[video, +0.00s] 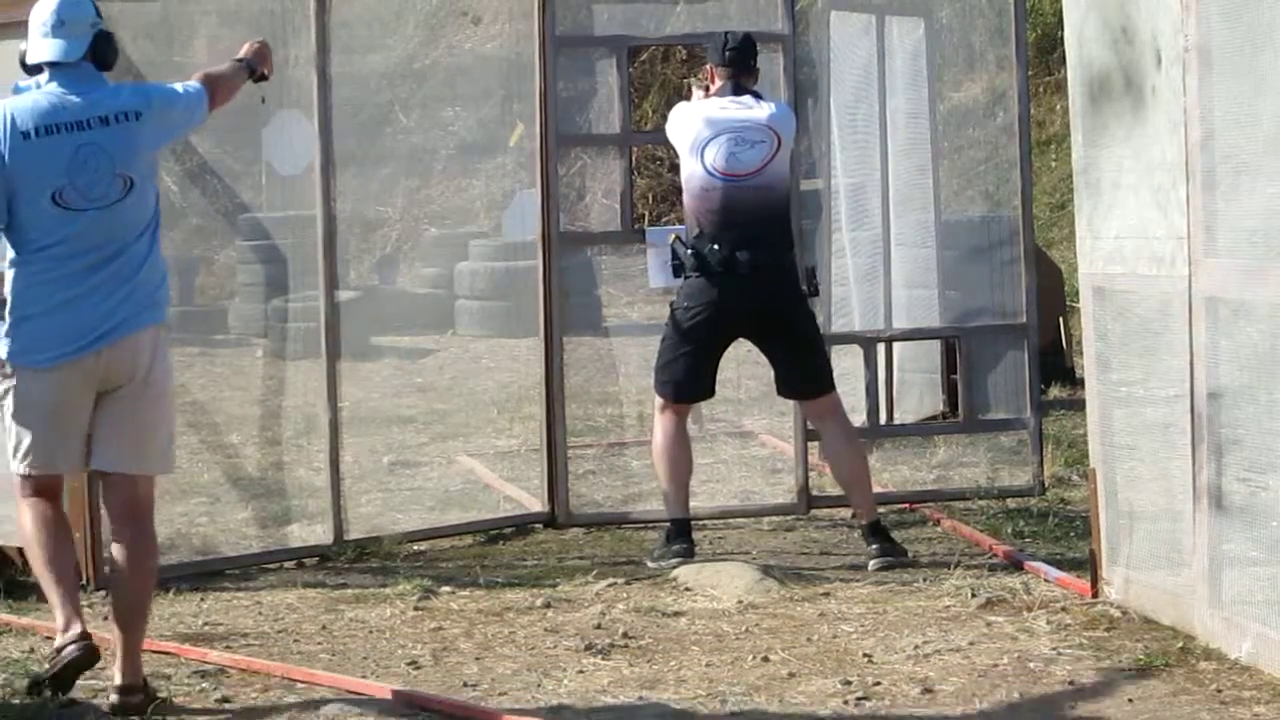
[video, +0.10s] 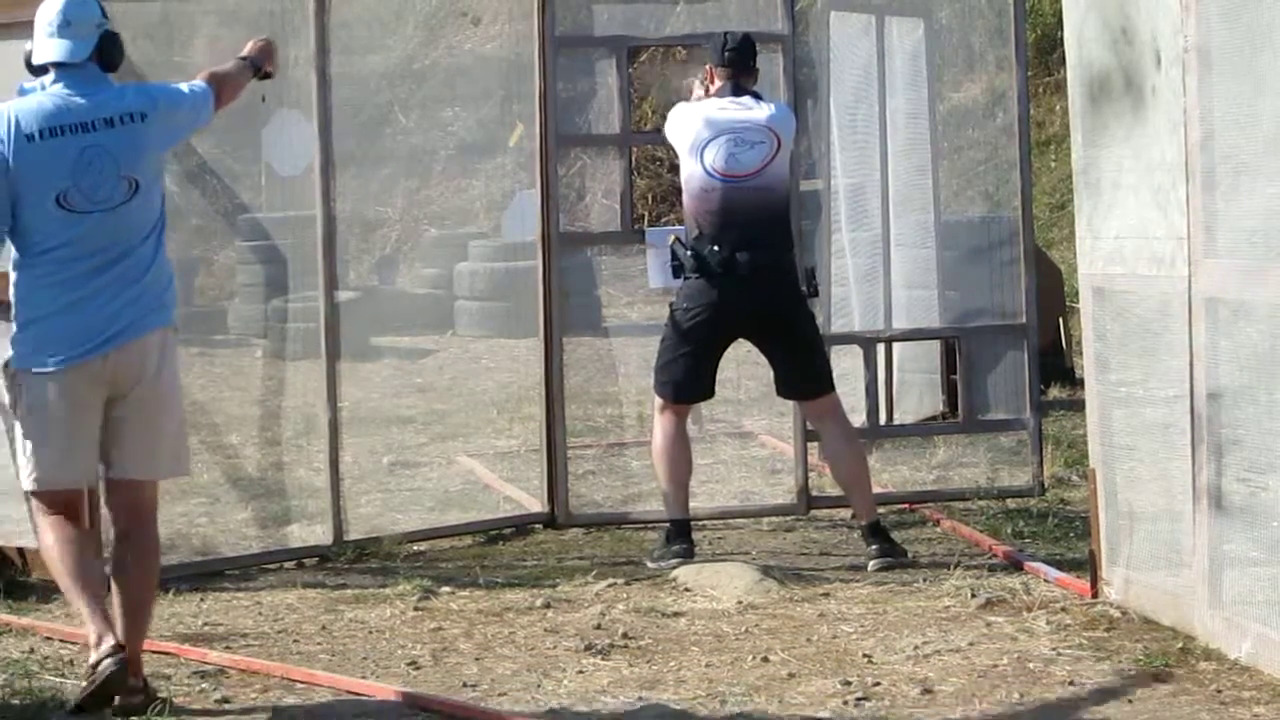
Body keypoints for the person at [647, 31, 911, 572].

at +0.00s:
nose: (711, 82)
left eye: (708, 76)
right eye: (738, 75)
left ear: (710, 78)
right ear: (755, 77)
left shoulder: (685, 118)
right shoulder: (782, 117)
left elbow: (690, 122)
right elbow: (752, 115)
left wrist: (704, 98)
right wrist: (720, 95)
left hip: (708, 291)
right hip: (778, 289)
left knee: (671, 409)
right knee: (828, 413)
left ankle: (678, 536)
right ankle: (876, 534)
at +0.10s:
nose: (710, 83)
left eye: (708, 77)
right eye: (736, 76)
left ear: (710, 78)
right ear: (755, 77)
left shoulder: (683, 118)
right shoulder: (782, 118)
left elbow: (690, 122)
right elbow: (752, 115)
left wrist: (705, 96)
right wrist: (724, 93)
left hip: (708, 293)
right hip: (778, 291)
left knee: (671, 409)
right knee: (827, 413)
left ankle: (677, 537)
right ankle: (876, 534)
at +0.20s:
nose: (711, 82)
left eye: (709, 75)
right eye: (735, 75)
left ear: (711, 78)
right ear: (756, 77)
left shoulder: (683, 119)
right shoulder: (785, 119)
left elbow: (690, 121)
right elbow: (753, 116)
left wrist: (705, 97)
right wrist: (722, 94)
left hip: (706, 296)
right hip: (778, 295)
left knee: (671, 410)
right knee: (827, 415)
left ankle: (677, 537)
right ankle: (876, 535)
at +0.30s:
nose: (711, 82)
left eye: (709, 76)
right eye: (739, 74)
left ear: (711, 78)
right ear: (757, 77)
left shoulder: (684, 119)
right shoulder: (785, 119)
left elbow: (690, 122)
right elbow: (753, 117)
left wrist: (706, 98)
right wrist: (723, 95)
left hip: (707, 294)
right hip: (777, 293)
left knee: (671, 409)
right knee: (826, 413)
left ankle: (677, 538)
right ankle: (876, 535)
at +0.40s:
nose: (711, 82)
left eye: (710, 75)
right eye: (737, 74)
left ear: (712, 78)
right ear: (757, 76)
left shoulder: (685, 120)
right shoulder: (785, 119)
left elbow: (689, 120)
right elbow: (753, 117)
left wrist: (705, 98)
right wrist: (721, 95)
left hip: (707, 295)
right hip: (778, 293)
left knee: (672, 410)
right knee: (827, 413)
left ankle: (677, 538)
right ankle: (876, 535)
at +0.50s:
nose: (712, 83)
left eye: (710, 76)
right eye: (738, 75)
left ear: (711, 79)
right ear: (757, 77)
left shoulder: (685, 120)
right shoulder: (784, 119)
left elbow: (689, 121)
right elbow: (753, 116)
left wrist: (705, 98)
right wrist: (720, 95)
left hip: (707, 294)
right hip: (778, 293)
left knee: (672, 409)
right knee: (827, 413)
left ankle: (676, 538)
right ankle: (875, 535)